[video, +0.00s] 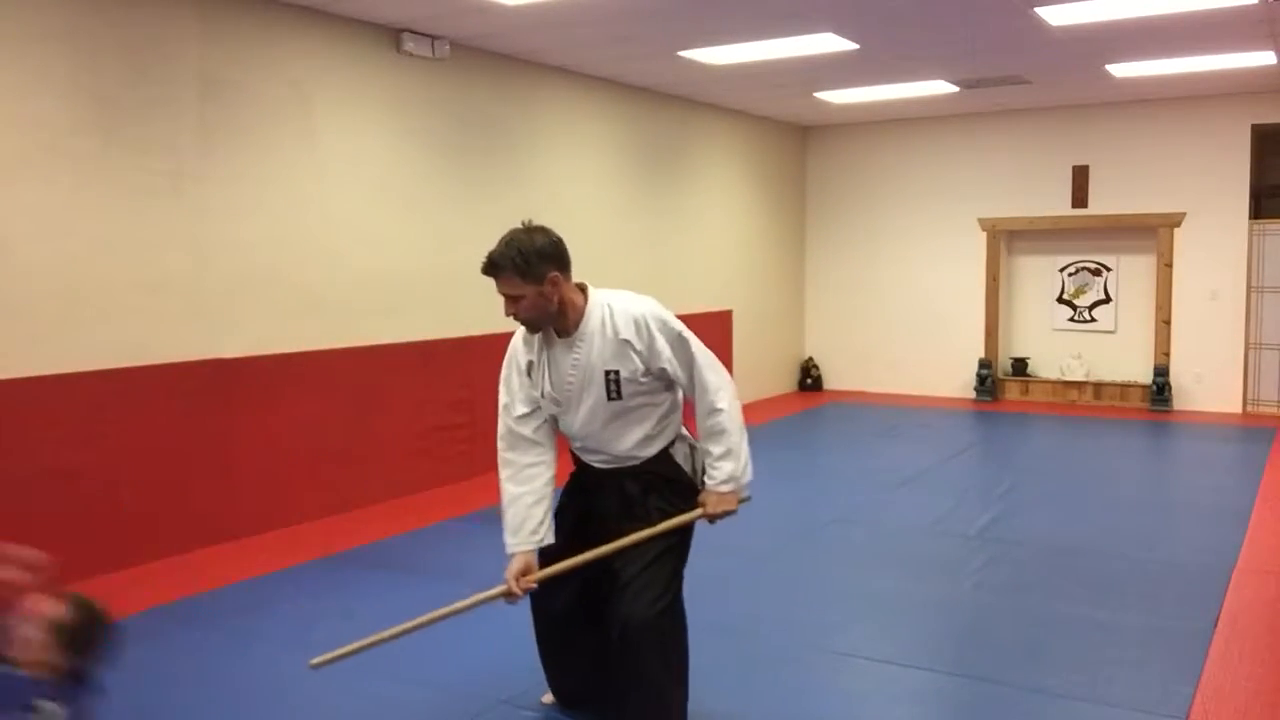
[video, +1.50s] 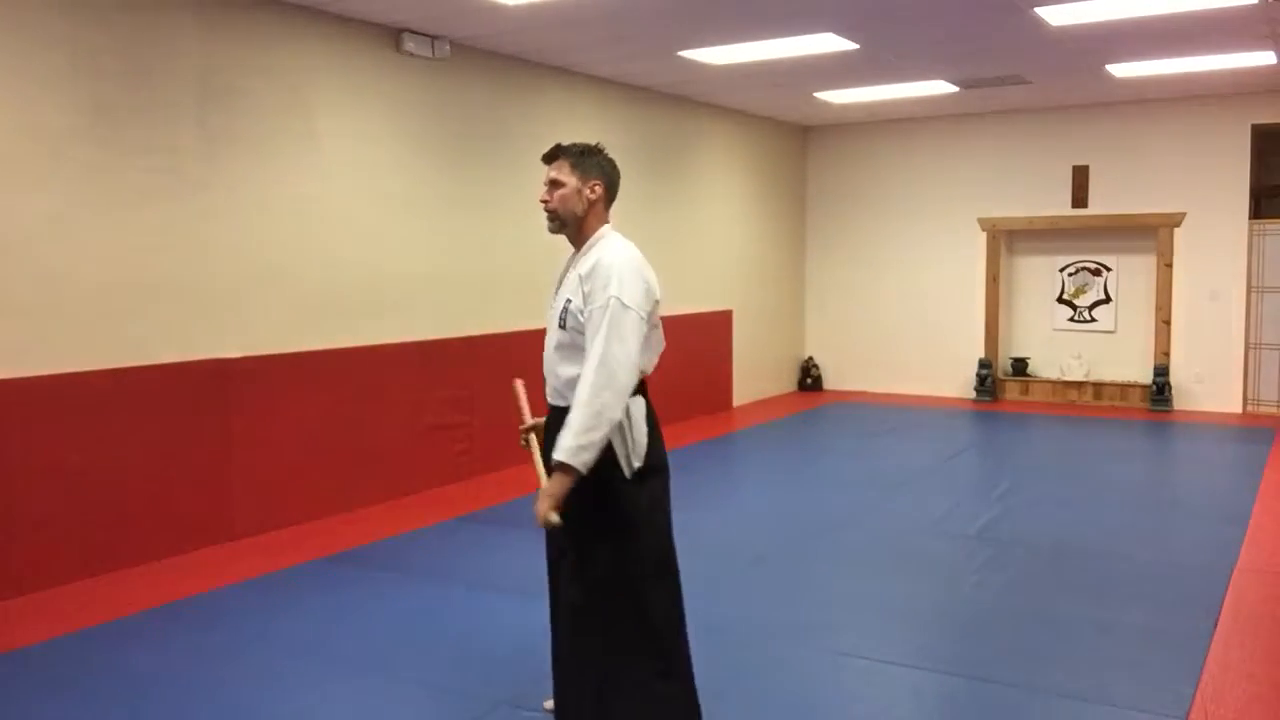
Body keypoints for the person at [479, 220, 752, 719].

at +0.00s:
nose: (508, 311)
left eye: (515, 298)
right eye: (504, 299)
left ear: (554, 285)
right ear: (546, 287)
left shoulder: (638, 321)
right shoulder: (524, 355)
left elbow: (714, 386)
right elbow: (524, 453)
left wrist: (725, 478)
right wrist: (525, 546)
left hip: (657, 480)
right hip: (592, 483)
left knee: (639, 613)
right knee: (557, 595)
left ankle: (651, 711)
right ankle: (582, 692)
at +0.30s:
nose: (518, 297)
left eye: (526, 285)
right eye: (514, 285)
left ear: (566, 275)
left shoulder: (643, 317)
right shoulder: (531, 343)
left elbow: (713, 388)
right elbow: (521, 441)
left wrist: (718, 481)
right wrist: (514, 536)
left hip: (655, 479)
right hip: (590, 481)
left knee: (640, 609)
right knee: (553, 589)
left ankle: (649, 712)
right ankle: (580, 698)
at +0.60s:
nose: (528, 272)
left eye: (538, 260)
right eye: (525, 260)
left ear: (578, 256)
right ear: (565, 256)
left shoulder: (649, 311)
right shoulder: (538, 325)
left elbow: (711, 395)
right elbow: (517, 420)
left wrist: (708, 487)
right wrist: (498, 510)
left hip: (649, 476)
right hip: (585, 475)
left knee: (632, 608)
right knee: (556, 585)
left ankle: (644, 710)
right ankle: (579, 695)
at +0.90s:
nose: (543, 230)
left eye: (553, 217)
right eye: (542, 217)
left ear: (596, 219)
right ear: (583, 220)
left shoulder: (651, 293)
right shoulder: (556, 292)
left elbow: (698, 391)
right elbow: (530, 380)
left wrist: (682, 493)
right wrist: (498, 451)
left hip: (640, 466)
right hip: (581, 462)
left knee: (629, 622)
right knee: (572, 611)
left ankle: (639, 714)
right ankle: (578, 708)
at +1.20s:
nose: (549, 200)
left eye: (560, 189)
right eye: (549, 189)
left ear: (601, 193)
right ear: (592, 195)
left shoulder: (639, 274)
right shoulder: (582, 267)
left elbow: (652, 388)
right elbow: (577, 364)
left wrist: (629, 491)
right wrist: (536, 415)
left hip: (625, 447)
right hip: (581, 443)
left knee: (630, 608)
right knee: (581, 598)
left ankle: (637, 708)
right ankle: (583, 701)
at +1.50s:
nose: (544, 196)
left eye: (556, 186)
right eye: (545, 185)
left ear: (594, 192)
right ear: (584, 195)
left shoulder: (617, 266)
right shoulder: (584, 261)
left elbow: (607, 380)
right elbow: (588, 363)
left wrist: (563, 474)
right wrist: (555, 418)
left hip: (613, 446)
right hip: (580, 438)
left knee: (622, 598)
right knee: (585, 592)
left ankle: (633, 706)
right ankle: (586, 698)